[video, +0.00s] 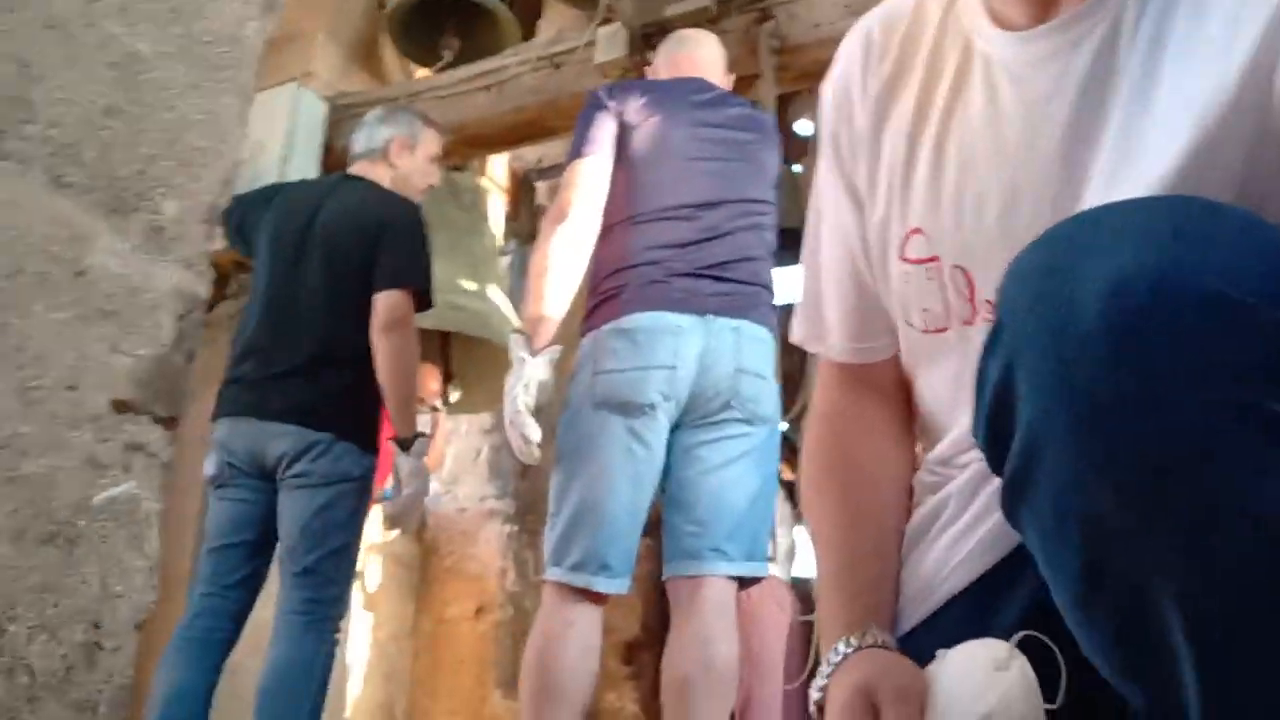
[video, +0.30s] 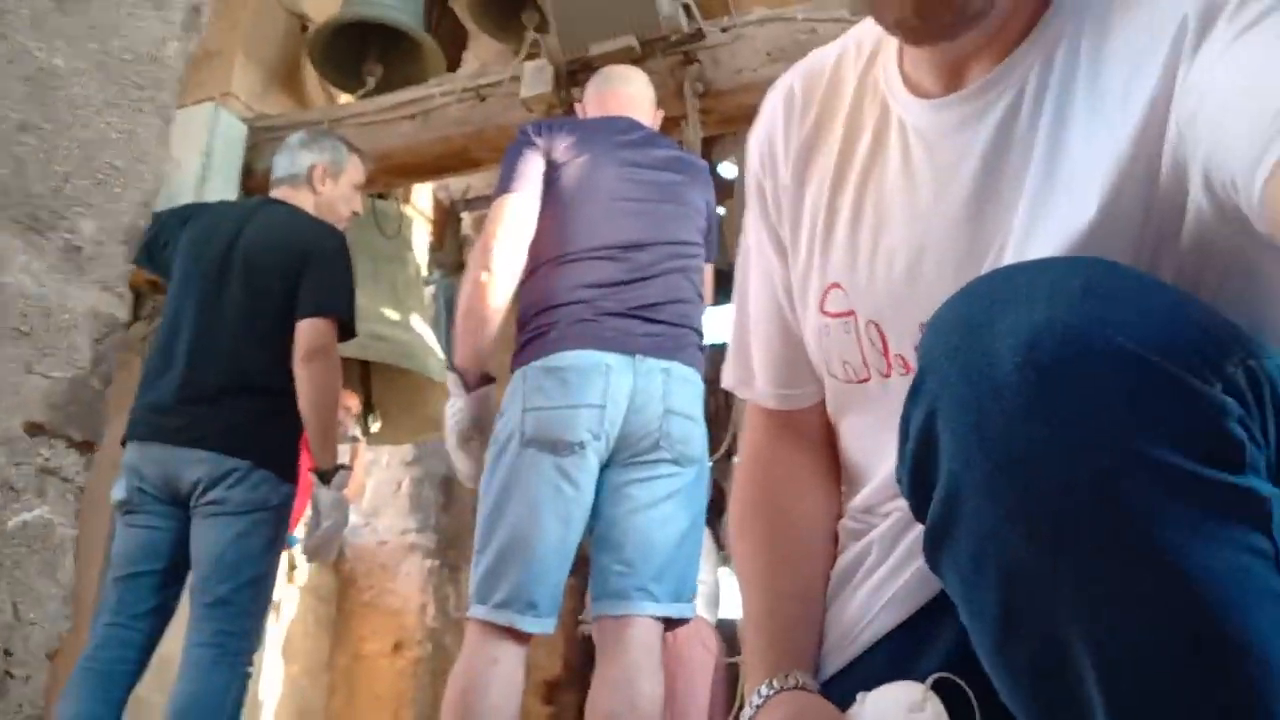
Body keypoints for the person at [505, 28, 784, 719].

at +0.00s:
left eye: (651, 69)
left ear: (651, 69)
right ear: (729, 83)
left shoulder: (618, 101)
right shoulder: (765, 128)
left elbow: (574, 216)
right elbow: (754, 237)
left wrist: (533, 349)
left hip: (638, 333)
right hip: (747, 342)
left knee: (578, 588)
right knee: (708, 587)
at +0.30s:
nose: (575, 114)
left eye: (576, 106)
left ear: (581, 107)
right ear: (658, 120)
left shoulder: (547, 139)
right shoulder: (695, 171)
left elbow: (495, 268)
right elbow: (701, 294)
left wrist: (468, 375)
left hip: (565, 372)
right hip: (676, 382)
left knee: (501, 623)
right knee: (634, 621)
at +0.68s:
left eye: (518, 94)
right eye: (592, 108)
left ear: (514, 97)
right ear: (592, 113)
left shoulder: (468, 135)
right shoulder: (622, 175)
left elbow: (387, 267)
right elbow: (623, 297)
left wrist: (438, 271)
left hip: (484, 370)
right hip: (594, 388)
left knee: (410, 628)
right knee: (544, 630)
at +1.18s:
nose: (469, 103)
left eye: (469, 94)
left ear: (472, 97)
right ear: (552, 115)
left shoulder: (422, 138)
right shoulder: (577, 185)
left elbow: (403, 231)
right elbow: (572, 305)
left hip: (423, 374)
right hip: (536, 394)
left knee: (346, 632)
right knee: (485, 629)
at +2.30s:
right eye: (542, 160)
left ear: (470, 148)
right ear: (545, 170)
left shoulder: (430, 167)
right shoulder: (572, 215)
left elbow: (413, 233)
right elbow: (562, 304)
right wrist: (541, 182)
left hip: (417, 402)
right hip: (530, 424)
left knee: (326, 659)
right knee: (466, 656)